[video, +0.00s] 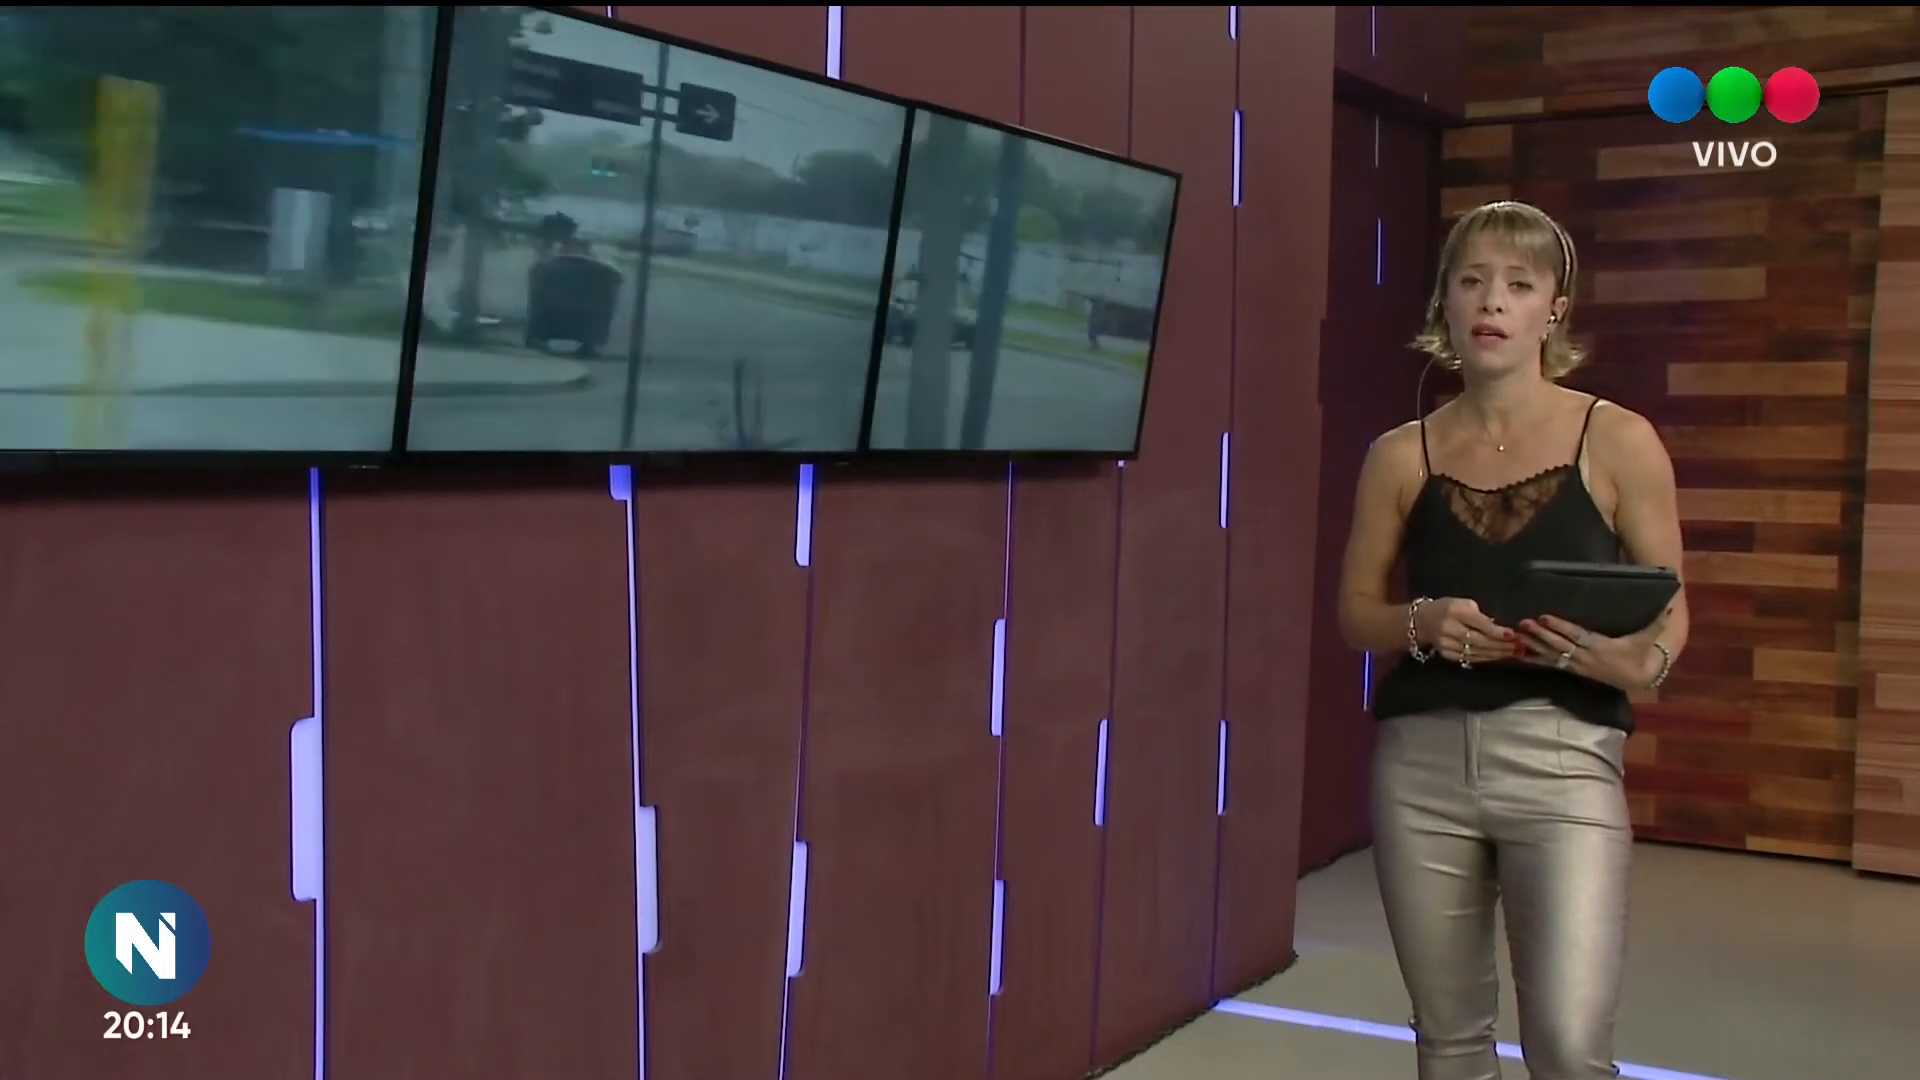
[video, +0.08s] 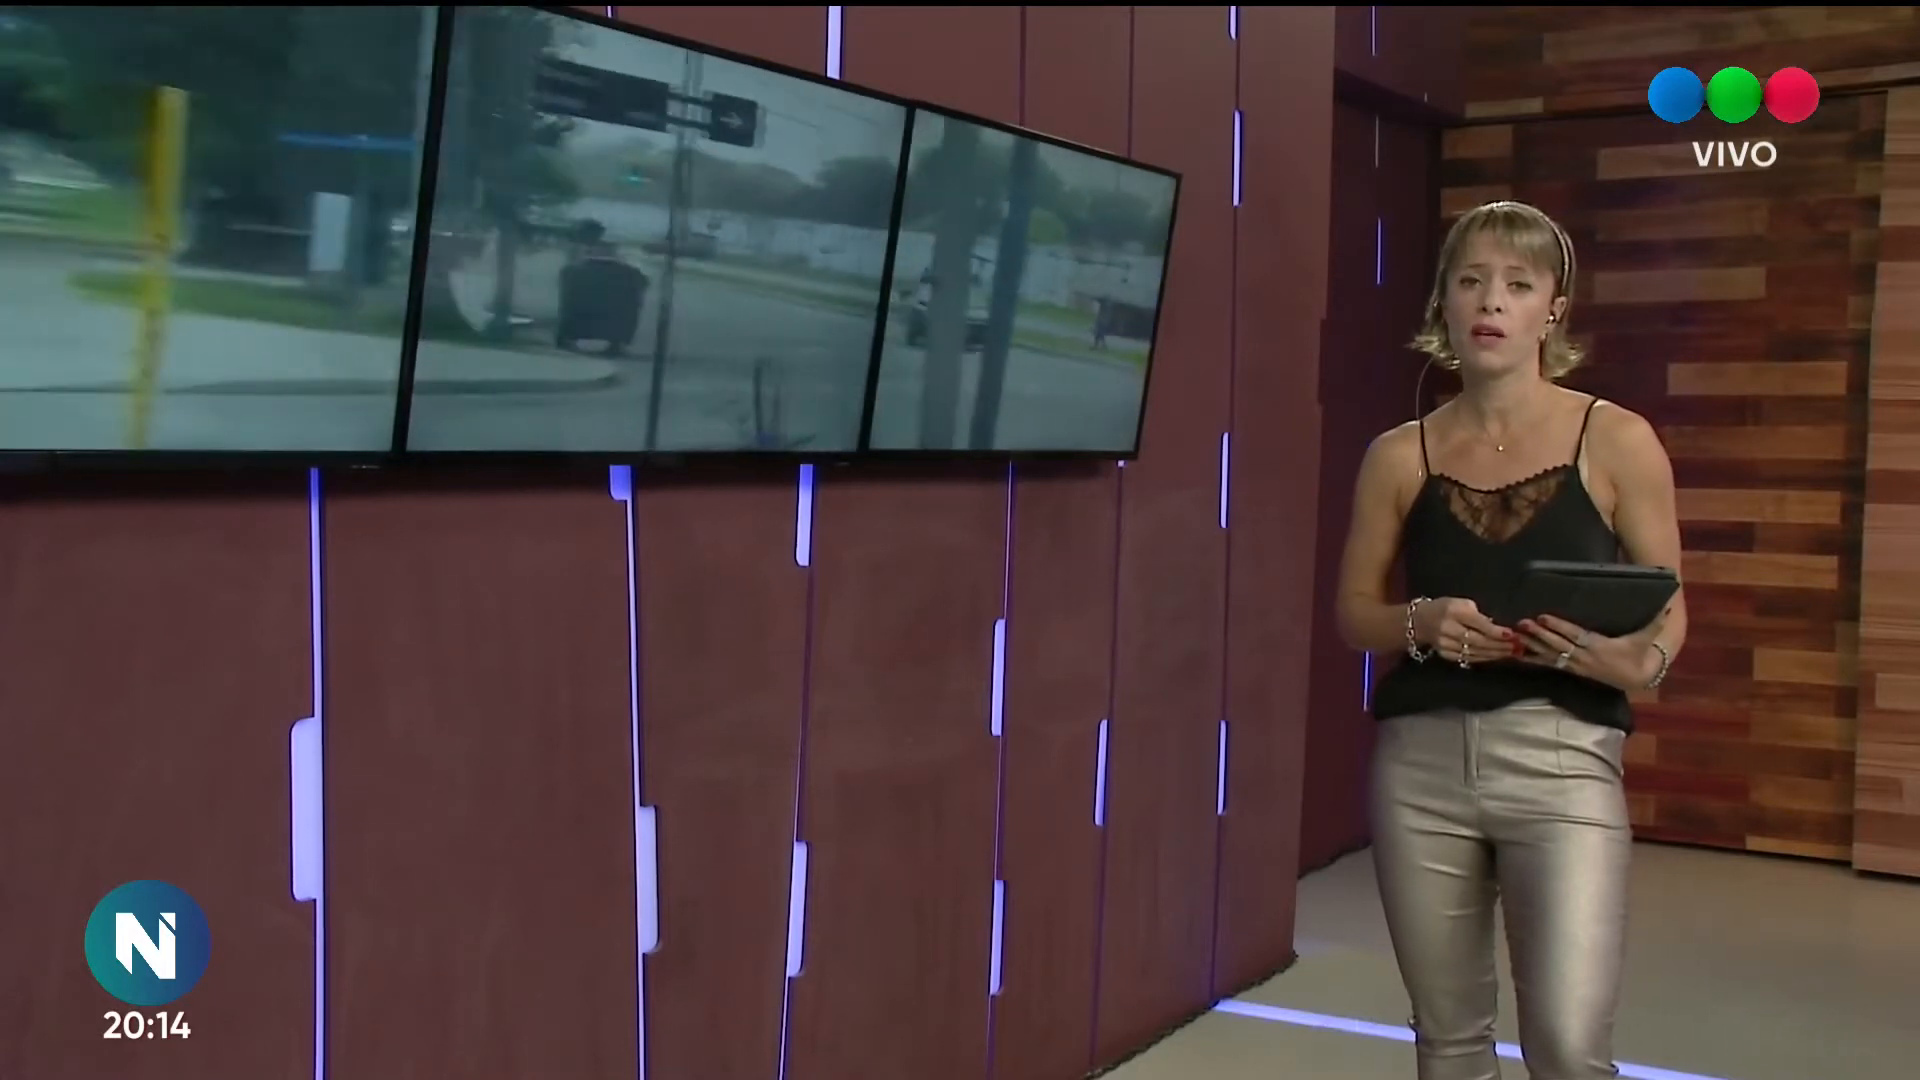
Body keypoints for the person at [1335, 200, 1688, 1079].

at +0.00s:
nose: (1490, 300)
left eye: (1516, 283)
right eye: (1471, 281)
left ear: (1553, 309)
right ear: (1445, 304)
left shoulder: (1619, 442)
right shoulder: (1399, 457)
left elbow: (1668, 606)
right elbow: (1356, 612)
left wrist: (1637, 666)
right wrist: (1419, 622)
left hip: (1564, 769)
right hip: (1420, 770)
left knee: (1568, 1052)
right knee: (1448, 1043)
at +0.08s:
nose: (1489, 300)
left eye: (1515, 283)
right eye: (1470, 280)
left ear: (1552, 310)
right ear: (1443, 304)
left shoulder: (1618, 442)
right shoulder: (1398, 457)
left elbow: (1666, 605)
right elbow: (1354, 613)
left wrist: (1636, 666)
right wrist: (1417, 621)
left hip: (1563, 769)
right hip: (1420, 770)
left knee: (1567, 1052)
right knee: (1447, 1044)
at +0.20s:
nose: (1487, 300)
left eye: (1513, 283)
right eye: (1468, 280)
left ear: (1550, 310)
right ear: (1442, 303)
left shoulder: (1616, 442)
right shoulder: (1397, 457)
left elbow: (1665, 603)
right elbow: (1352, 612)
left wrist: (1633, 665)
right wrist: (1416, 622)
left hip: (1562, 769)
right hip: (1418, 770)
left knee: (1566, 1052)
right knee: (1447, 1045)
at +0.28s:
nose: (1486, 301)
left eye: (1512, 283)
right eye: (1467, 280)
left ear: (1549, 310)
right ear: (1441, 303)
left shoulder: (1615, 441)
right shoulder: (1396, 457)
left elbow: (1664, 602)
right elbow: (1352, 612)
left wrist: (1633, 664)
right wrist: (1416, 622)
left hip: (1560, 768)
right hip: (1417, 770)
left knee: (1565, 1051)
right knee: (1446, 1044)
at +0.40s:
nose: (1485, 300)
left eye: (1511, 284)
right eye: (1466, 280)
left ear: (1548, 310)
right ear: (1439, 303)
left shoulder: (1614, 442)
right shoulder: (1396, 456)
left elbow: (1662, 603)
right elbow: (1351, 612)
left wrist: (1632, 665)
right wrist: (1414, 621)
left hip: (1559, 767)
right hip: (1416, 769)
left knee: (1564, 1051)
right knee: (1446, 1043)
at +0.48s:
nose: (1484, 300)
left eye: (1510, 284)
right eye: (1466, 280)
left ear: (1548, 310)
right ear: (1440, 302)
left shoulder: (1614, 442)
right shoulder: (1395, 457)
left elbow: (1662, 603)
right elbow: (1351, 612)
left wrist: (1629, 664)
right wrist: (1414, 621)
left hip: (1559, 768)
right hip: (1416, 769)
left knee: (1563, 1051)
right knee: (1446, 1044)